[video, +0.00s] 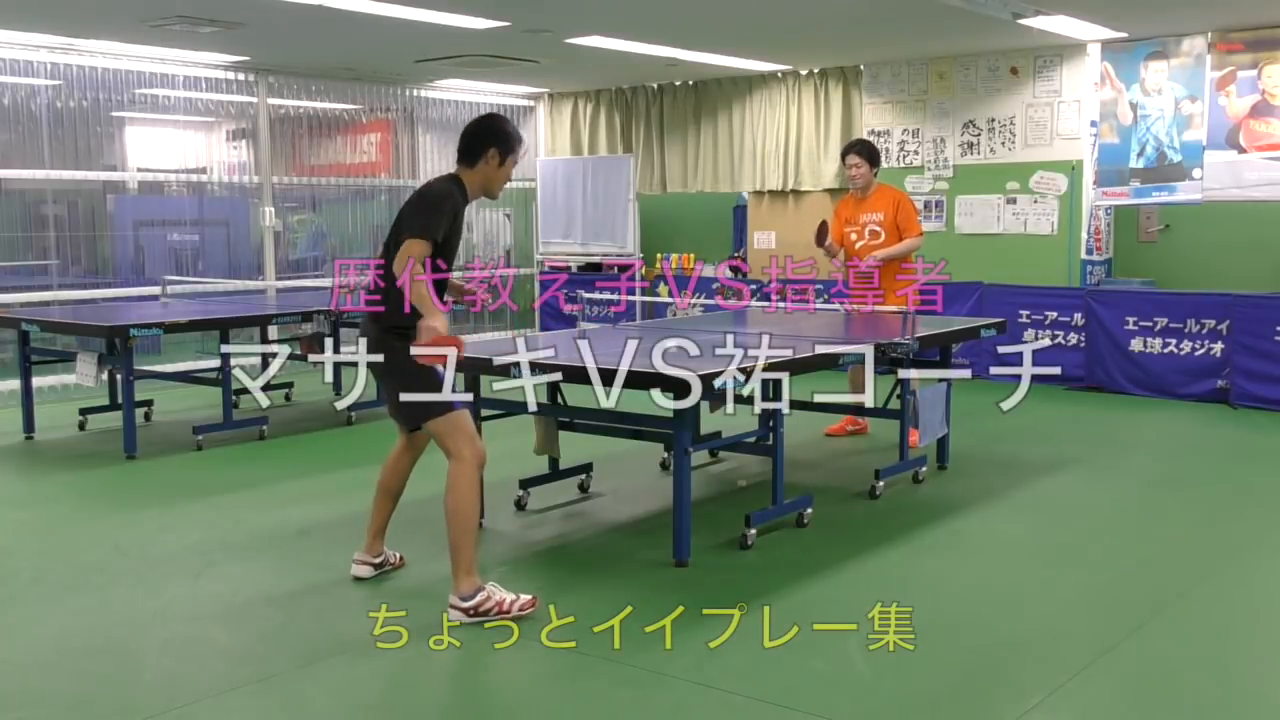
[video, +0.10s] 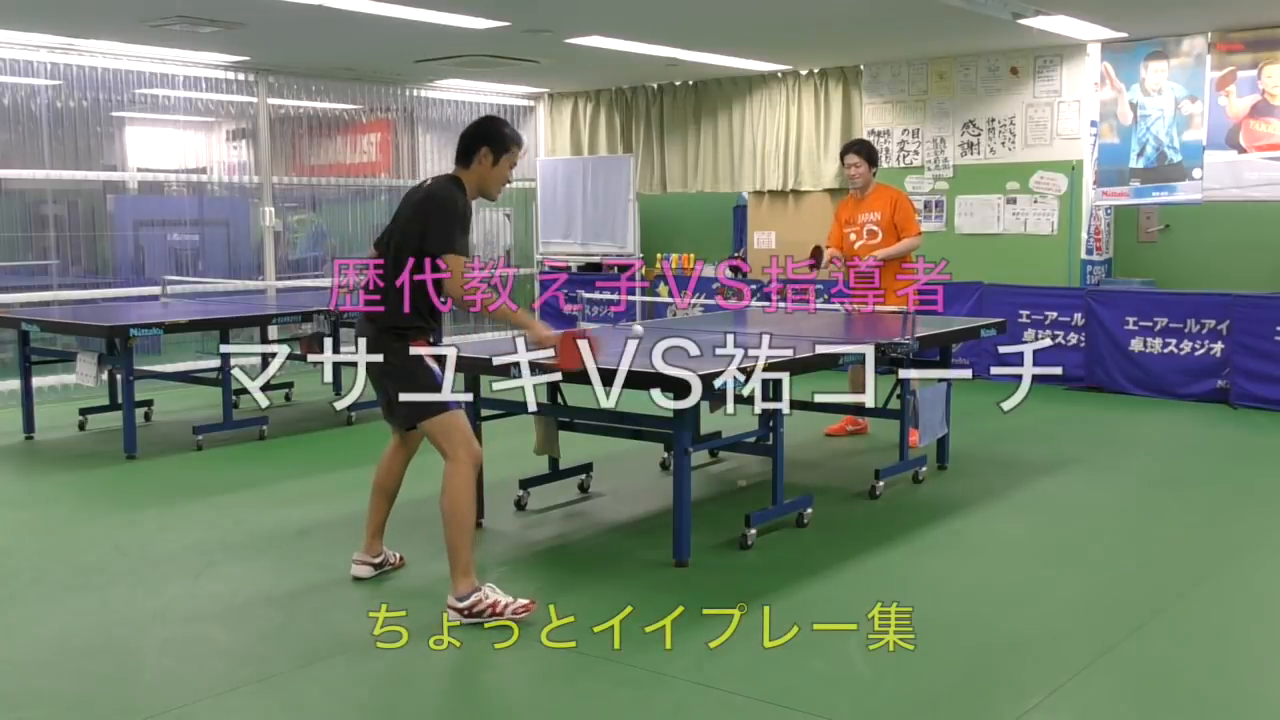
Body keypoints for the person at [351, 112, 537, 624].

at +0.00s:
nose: (510, 176)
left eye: (512, 167)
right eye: (509, 165)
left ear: (478, 158)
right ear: (488, 158)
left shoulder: (447, 197)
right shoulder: (442, 194)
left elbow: (415, 267)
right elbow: (405, 264)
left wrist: (449, 289)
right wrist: (432, 312)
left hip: (400, 343)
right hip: (408, 345)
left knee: (412, 441)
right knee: (468, 452)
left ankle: (370, 552)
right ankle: (467, 589)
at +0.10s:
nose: (510, 178)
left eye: (513, 168)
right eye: (509, 166)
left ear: (476, 159)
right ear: (483, 158)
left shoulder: (426, 193)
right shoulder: (451, 199)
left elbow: (383, 258)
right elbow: (459, 287)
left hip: (386, 340)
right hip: (405, 343)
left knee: (405, 441)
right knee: (464, 453)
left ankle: (370, 552)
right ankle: (465, 590)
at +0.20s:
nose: (508, 168)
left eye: (509, 157)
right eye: (505, 155)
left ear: (468, 151)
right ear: (483, 151)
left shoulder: (415, 188)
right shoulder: (469, 200)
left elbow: (366, 255)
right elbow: (526, 269)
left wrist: (439, 283)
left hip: (381, 336)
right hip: (411, 341)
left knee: (393, 441)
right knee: (469, 455)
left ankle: (369, 552)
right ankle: (469, 591)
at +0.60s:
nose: (502, 146)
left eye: (499, 137)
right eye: (502, 137)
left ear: (450, 136)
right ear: (493, 137)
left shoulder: (412, 184)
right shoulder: (489, 189)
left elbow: (372, 251)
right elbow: (530, 263)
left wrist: (429, 266)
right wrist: (574, 277)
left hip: (396, 338)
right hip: (448, 343)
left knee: (391, 445)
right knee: (500, 462)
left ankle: (365, 554)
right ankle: (475, 598)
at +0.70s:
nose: (509, 150)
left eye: (507, 140)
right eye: (508, 140)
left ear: (459, 137)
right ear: (496, 141)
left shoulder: (421, 183)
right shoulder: (473, 190)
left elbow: (380, 249)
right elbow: (464, 268)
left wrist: (434, 275)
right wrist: (523, 315)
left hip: (397, 342)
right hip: (437, 347)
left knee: (395, 443)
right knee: (492, 461)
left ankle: (359, 553)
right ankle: (474, 597)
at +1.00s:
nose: (509, 173)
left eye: (512, 163)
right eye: (508, 161)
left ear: (469, 154)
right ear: (482, 154)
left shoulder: (422, 191)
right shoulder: (458, 196)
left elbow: (384, 258)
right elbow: (502, 276)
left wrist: (452, 286)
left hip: (386, 344)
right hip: (418, 350)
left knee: (389, 446)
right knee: (481, 458)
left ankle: (357, 554)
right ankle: (472, 597)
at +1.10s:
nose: (505, 160)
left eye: (505, 150)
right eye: (503, 150)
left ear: (457, 145)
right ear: (484, 147)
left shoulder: (409, 186)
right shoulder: (483, 194)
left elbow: (371, 245)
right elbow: (556, 243)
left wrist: (428, 260)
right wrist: (589, 213)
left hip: (379, 339)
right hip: (425, 344)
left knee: (377, 446)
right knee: (487, 458)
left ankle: (356, 555)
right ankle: (473, 597)